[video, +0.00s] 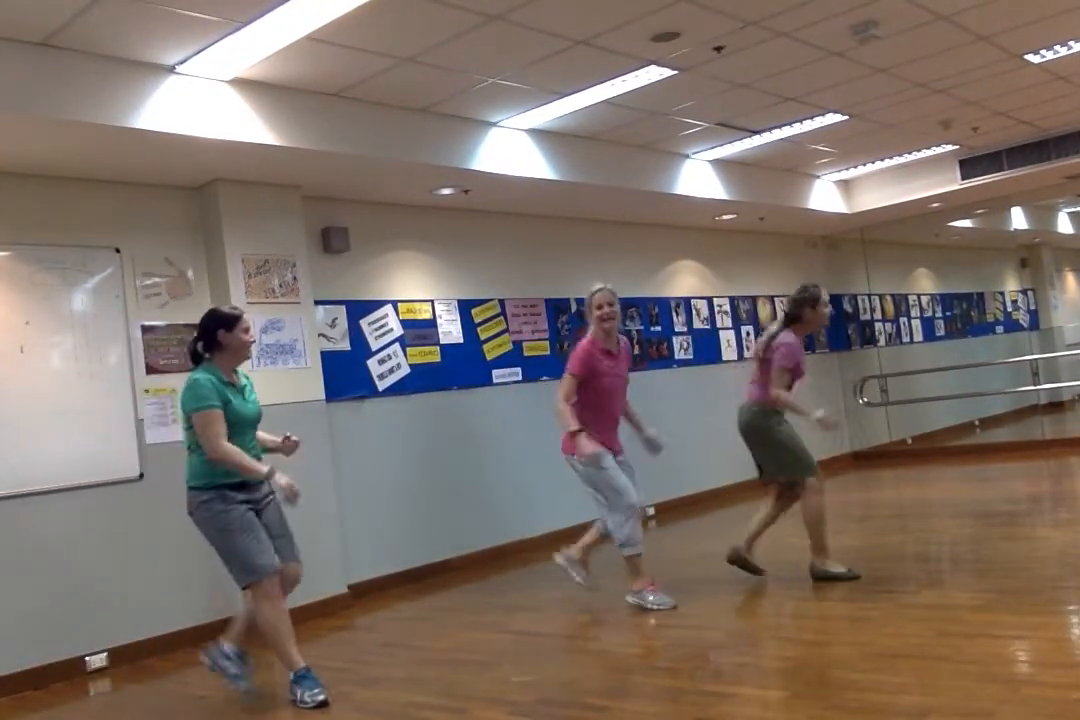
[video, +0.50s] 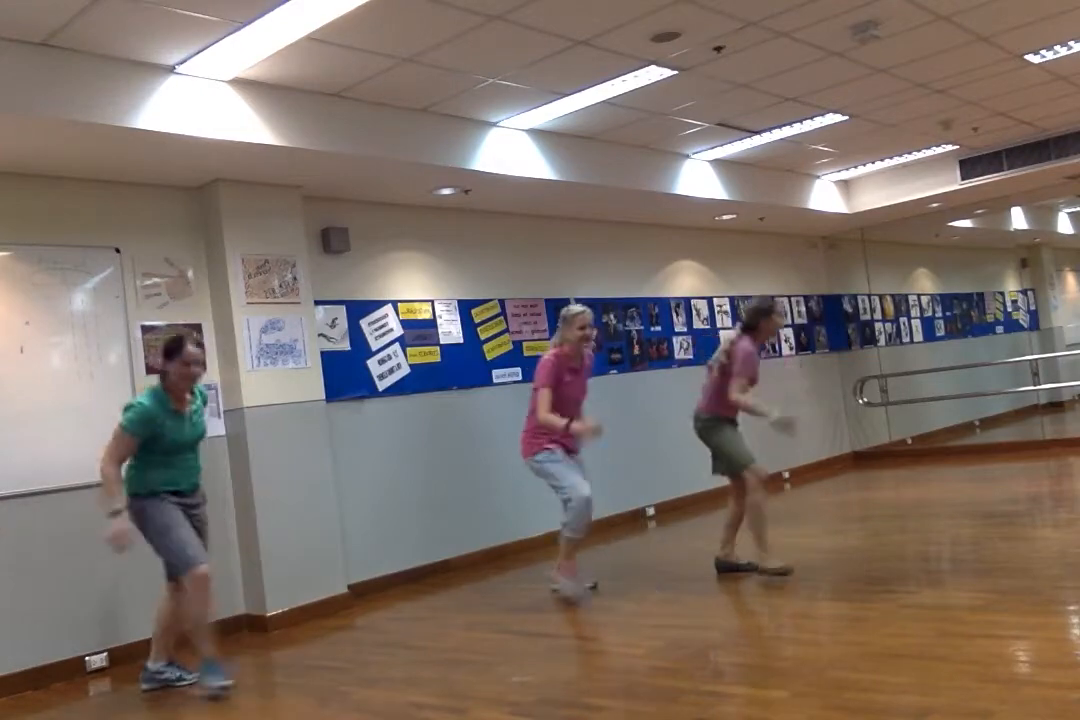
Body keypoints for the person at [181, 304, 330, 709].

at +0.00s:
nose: (252, 337)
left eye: (250, 331)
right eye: (244, 332)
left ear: (227, 339)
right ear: (220, 339)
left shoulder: (241, 380)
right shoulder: (201, 385)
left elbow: (245, 432)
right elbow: (215, 448)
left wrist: (275, 442)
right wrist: (270, 473)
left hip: (255, 487)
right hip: (216, 496)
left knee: (289, 572)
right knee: (264, 579)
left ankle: (228, 648)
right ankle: (299, 674)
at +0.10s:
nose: (247, 340)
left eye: (245, 333)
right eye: (239, 335)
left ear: (222, 342)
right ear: (215, 342)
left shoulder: (236, 380)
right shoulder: (198, 388)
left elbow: (242, 431)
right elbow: (197, 451)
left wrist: (276, 451)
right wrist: (239, 487)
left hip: (247, 490)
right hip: (212, 498)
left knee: (265, 584)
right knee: (261, 583)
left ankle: (198, 637)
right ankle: (298, 674)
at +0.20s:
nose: (239, 351)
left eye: (237, 345)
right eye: (232, 346)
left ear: (213, 353)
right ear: (208, 352)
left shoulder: (227, 389)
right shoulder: (189, 400)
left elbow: (232, 445)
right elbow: (167, 457)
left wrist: (252, 484)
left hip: (242, 500)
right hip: (209, 505)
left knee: (232, 593)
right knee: (256, 584)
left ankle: (179, 643)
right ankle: (298, 674)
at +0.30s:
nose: (233, 367)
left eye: (232, 360)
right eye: (227, 361)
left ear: (208, 367)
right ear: (204, 366)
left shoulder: (218, 401)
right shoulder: (174, 413)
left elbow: (201, 448)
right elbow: (127, 460)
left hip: (226, 507)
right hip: (193, 514)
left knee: (208, 599)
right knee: (245, 593)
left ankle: (164, 659)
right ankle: (290, 672)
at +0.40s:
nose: (222, 378)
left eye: (221, 372)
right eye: (215, 373)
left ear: (199, 376)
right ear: (190, 377)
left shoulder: (208, 405)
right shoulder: (160, 420)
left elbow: (193, 453)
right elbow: (114, 461)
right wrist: (93, 515)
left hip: (209, 509)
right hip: (175, 516)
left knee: (197, 597)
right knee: (227, 586)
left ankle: (157, 667)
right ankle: (271, 666)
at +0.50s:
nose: (194, 373)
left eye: (199, 366)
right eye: (187, 366)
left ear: (201, 368)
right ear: (165, 366)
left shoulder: (197, 398)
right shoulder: (145, 410)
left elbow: (183, 445)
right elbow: (110, 461)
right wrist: (117, 514)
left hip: (191, 496)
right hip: (153, 500)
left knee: (179, 585)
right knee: (199, 572)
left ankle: (157, 666)